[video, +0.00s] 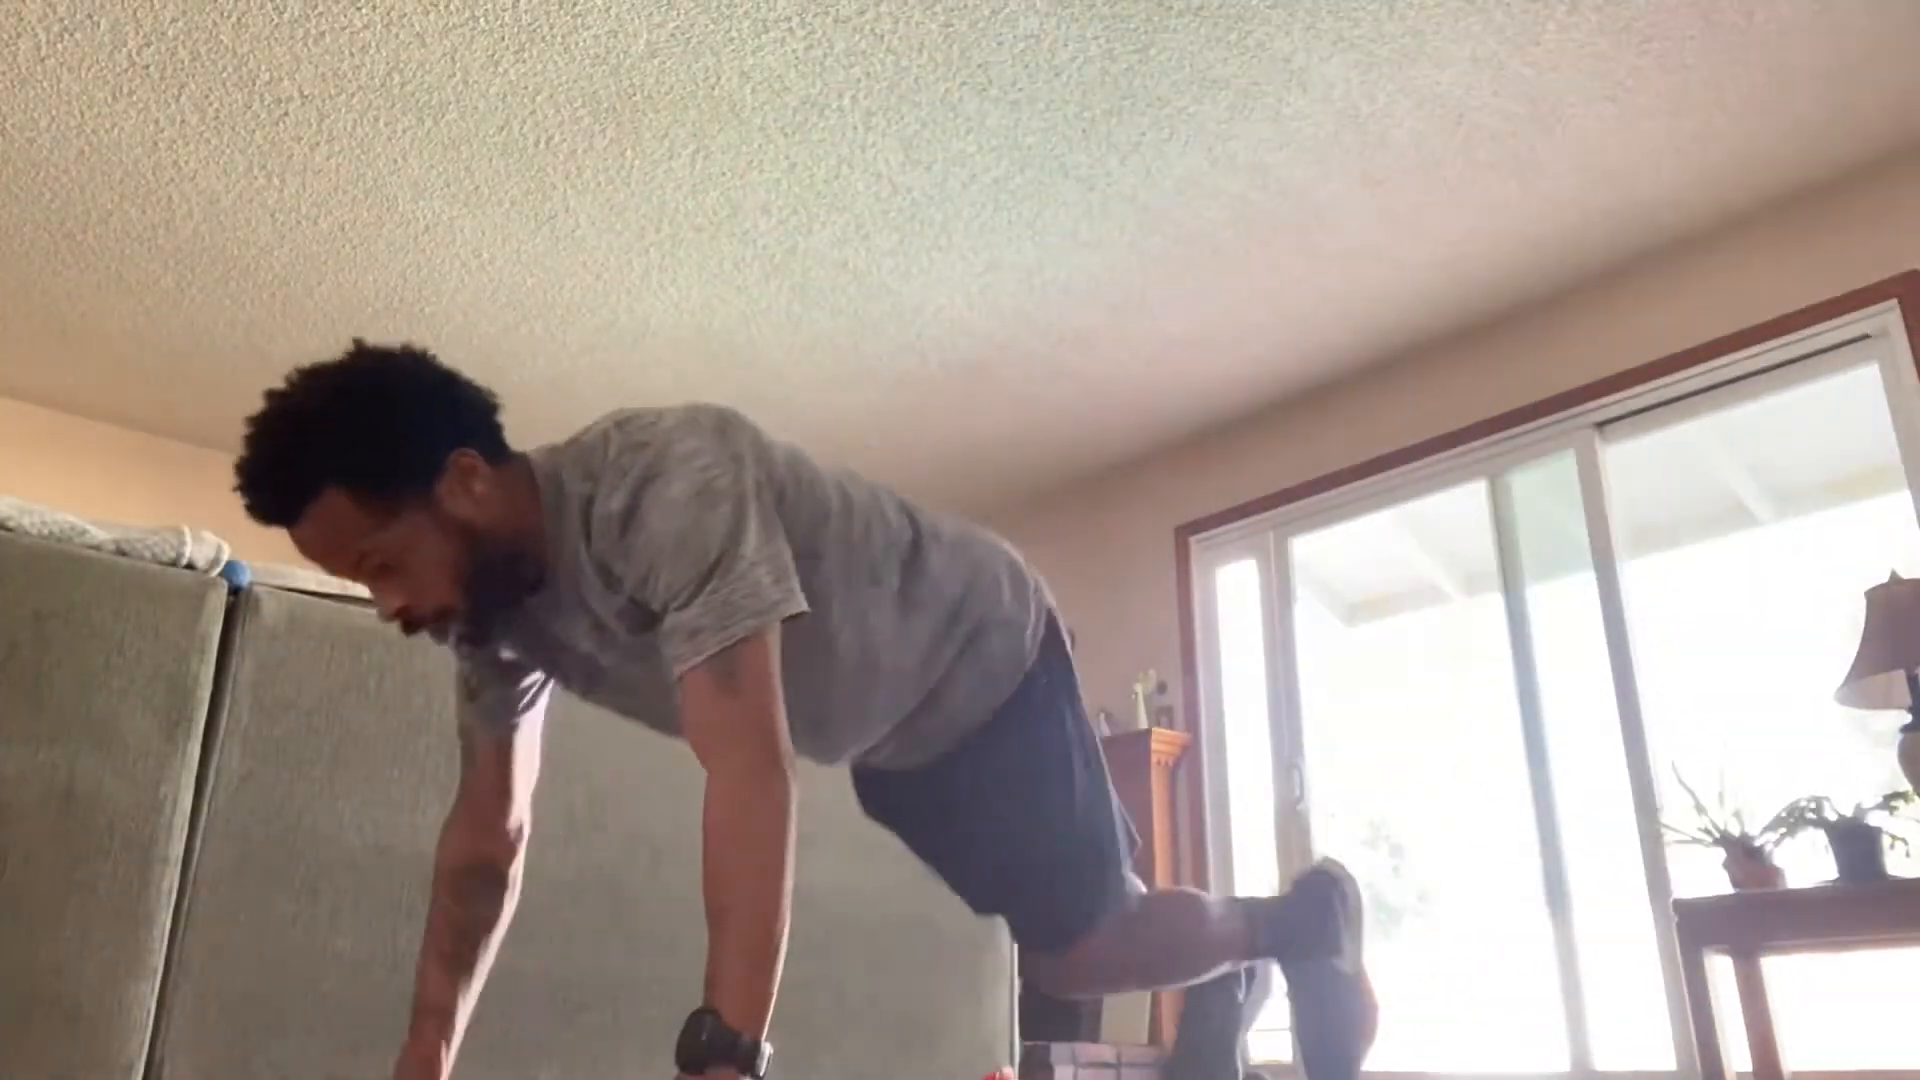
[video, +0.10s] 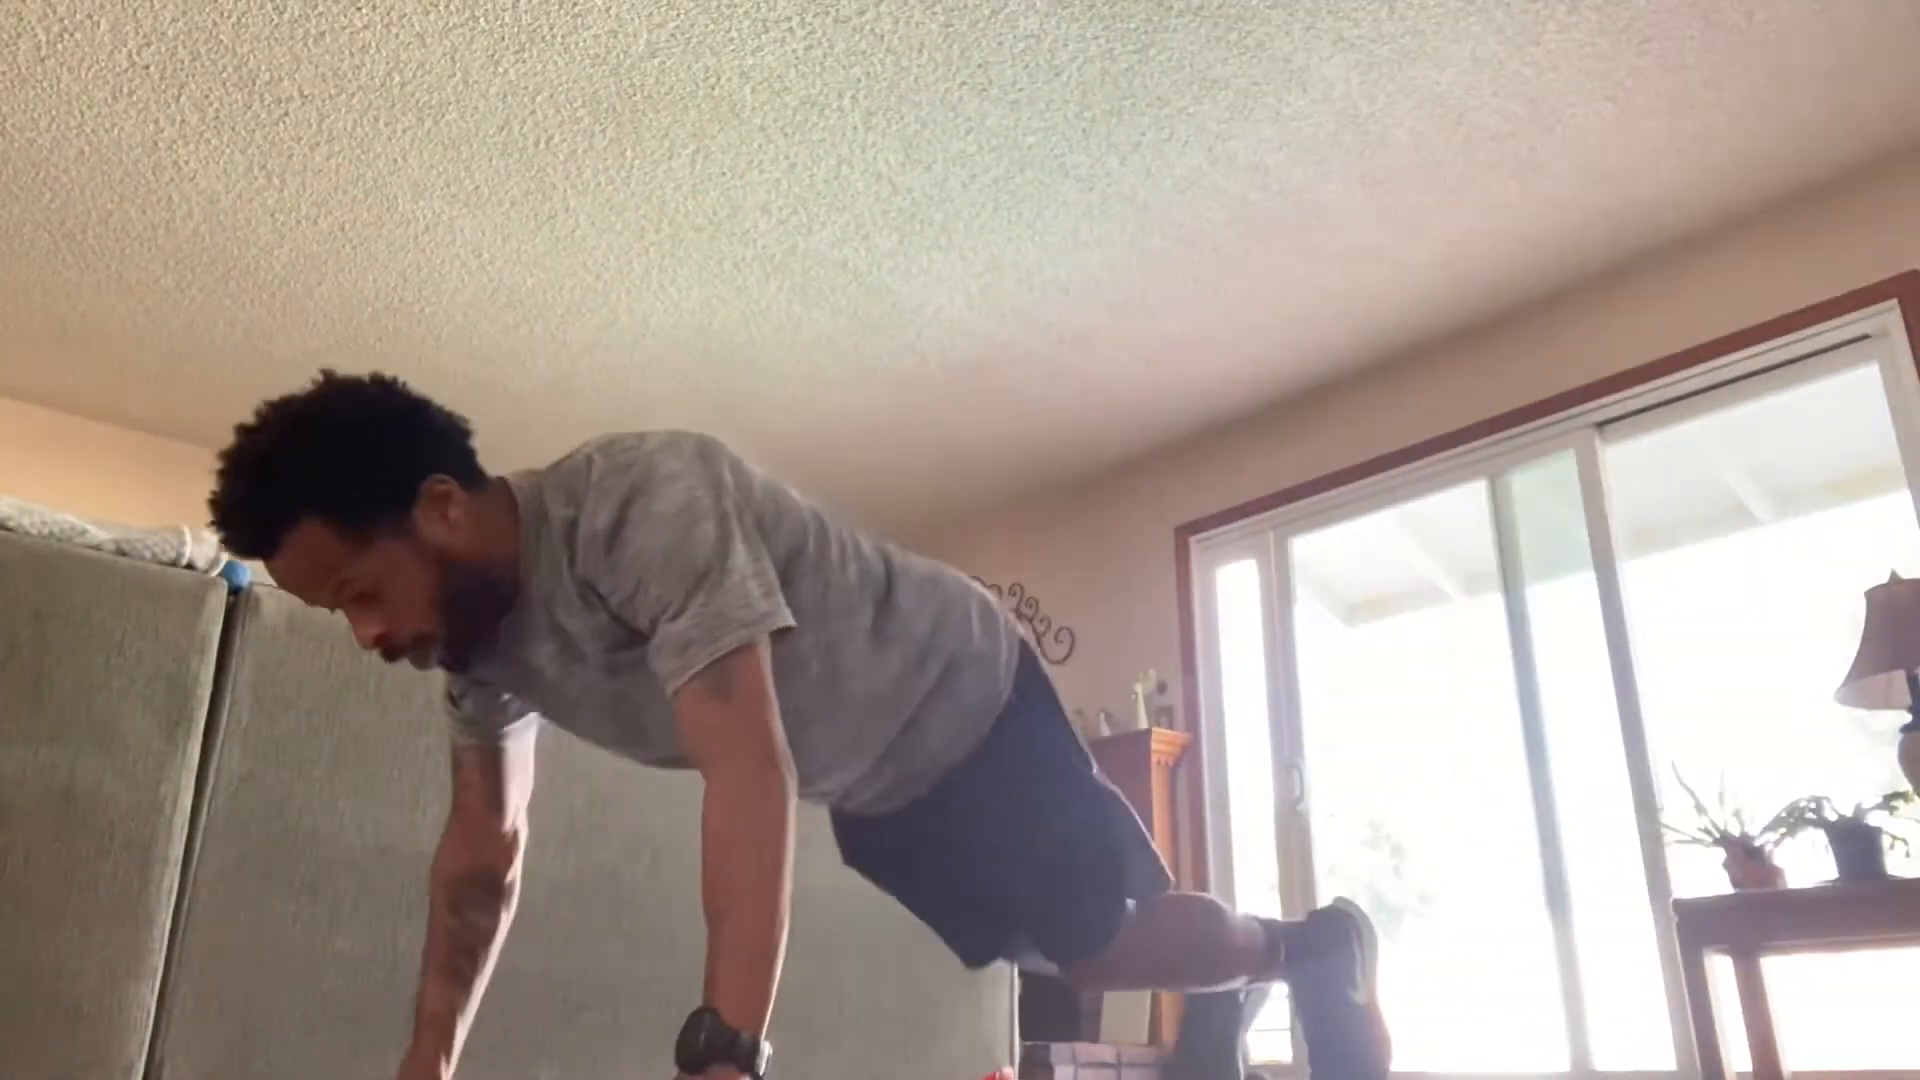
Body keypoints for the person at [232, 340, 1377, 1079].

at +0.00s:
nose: (381, 606)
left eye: (376, 566)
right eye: (354, 583)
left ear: (461, 486)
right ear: (444, 503)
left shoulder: (671, 479)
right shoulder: (488, 613)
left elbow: (751, 764)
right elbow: (482, 850)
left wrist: (729, 1042)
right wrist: (425, 1061)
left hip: (981, 654)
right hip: (874, 735)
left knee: (1086, 947)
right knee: (1036, 915)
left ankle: (1302, 923)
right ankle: (1212, 970)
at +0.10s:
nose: (364, 636)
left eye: (356, 596)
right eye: (335, 614)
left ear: (434, 510)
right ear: (413, 536)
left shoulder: (649, 503)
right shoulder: (471, 640)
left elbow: (748, 770)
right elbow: (479, 869)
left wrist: (729, 1042)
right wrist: (426, 1068)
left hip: (963, 696)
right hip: (858, 783)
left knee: (1101, 933)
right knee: (1014, 936)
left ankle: (1306, 950)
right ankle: (1222, 965)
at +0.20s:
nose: (352, 634)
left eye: (347, 595)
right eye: (324, 613)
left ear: (424, 510)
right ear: (388, 545)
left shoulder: (636, 512)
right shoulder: (455, 634)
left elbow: (722, 775)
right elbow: (468, 867)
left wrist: (719, 1040)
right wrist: (427, 1064)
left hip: (944, 688)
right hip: (836, 784)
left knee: (1087, 915)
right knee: (987, 948)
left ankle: (1309, 954)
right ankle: (1207, 979)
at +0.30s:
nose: (360, 631)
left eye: (355, 593)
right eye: (334, 612)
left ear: (431, 512)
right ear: (359, 579)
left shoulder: (637, 504)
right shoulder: (460, 634)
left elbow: (760, 742)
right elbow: (469, 857)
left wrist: (687, 1000)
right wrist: (425, 1062)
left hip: (927, 630)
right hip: (810, 725)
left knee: (1077, 852)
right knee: (923, 949)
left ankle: (1299, 945)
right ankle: (1112, 947)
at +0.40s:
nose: (382, 629)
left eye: (380, 591)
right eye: (357, 611)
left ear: (452, 510)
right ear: (368, 587)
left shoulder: (637, 496)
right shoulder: (467, 634)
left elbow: (847, 670)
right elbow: (470, 858)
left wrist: (735, 892)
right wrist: (426, 1063)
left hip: (924, 594)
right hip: (788, 678)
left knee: (1069, 831)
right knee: (812, 913)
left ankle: (1296, 946)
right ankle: (1030, 897)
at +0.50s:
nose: (387, 633)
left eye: (386, 594)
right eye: (361, 615)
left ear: (457, 514)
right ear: (370, 595)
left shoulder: (642, 499)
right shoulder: (474, 639)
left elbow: (873, 639)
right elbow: (473, 857)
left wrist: (763, 832)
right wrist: (427, 1062)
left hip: (921, 590)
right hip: (790, 668)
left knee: (1063, 829)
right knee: (795, 891)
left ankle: (1296, 949)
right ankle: (1003, 884)